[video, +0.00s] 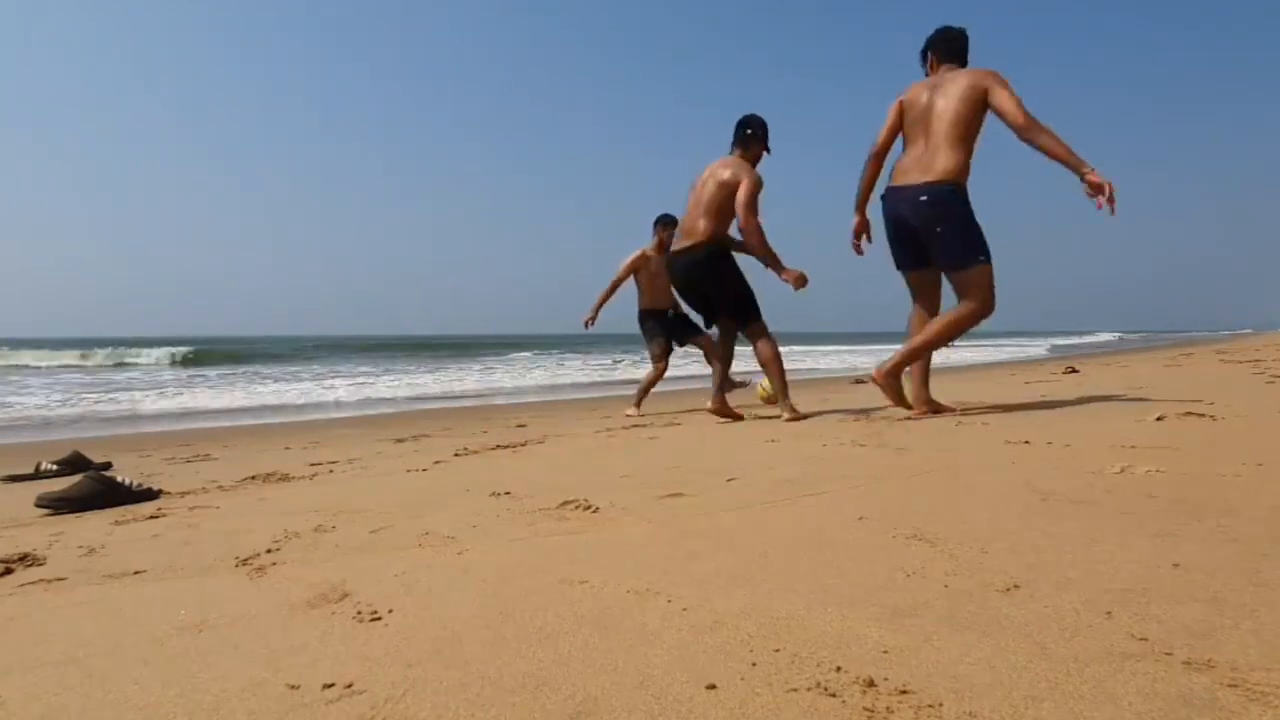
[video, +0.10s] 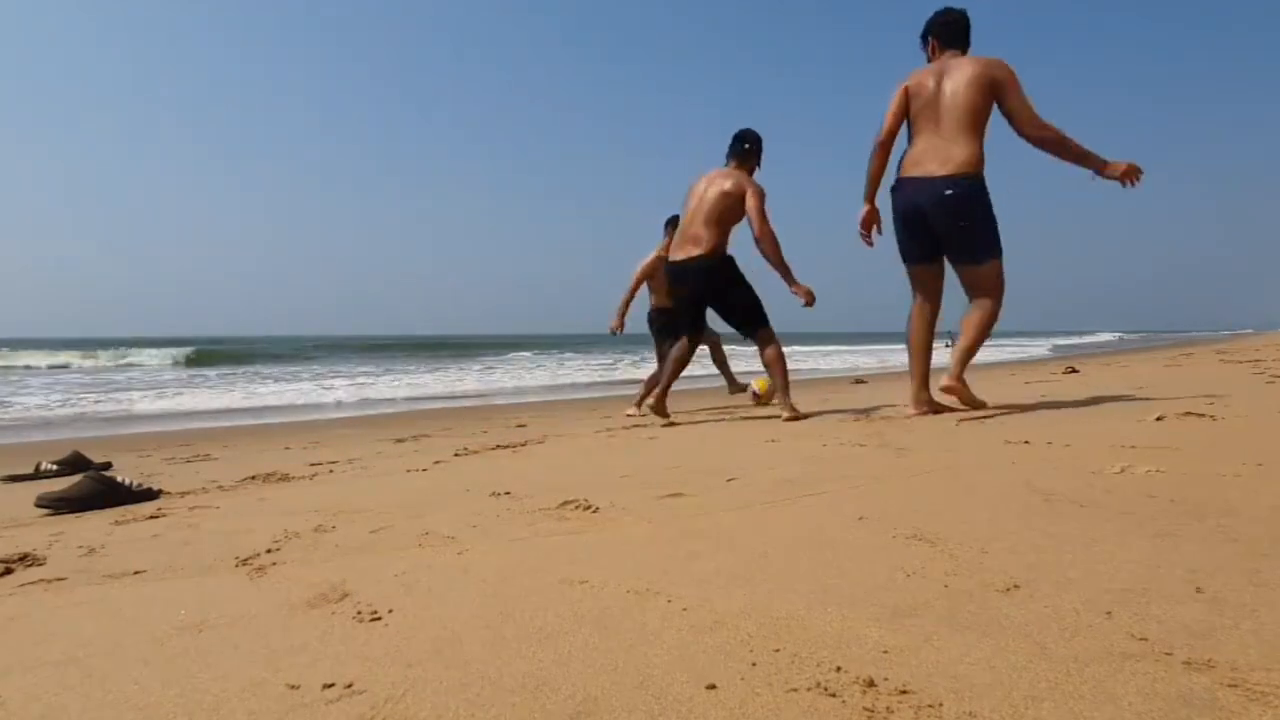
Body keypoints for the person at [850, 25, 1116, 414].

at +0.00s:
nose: (926, 68)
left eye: (924, 63)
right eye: (926, 64)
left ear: (931, 61)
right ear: (966, 59)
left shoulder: (909, 94)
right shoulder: (982, 79)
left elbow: (877, 153)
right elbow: (1024, 126)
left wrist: (860, 210)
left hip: (896, 204)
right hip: (942, 200)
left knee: (923, 300)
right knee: (978, 301)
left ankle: (920, 397)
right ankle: (890, 371)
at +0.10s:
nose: (923, 52)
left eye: (923, 47)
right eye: (924, 47)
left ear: (932, 45)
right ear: (967, 43)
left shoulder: (912, 82)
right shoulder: (991, 70)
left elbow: (883, 141)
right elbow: (1035, 131)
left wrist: (869, 200)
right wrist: (1103, 166)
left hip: (909, 197)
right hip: (961, 194)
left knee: (924, 295)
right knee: (985, 294)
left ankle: (918, 398)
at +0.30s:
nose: (941, 36)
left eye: (941, 28)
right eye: (942, 29)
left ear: (948, 26)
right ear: (983, 26)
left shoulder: (933, 62)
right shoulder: (1012, 62)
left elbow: (918, 124)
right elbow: (1046, 127)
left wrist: (895, 187)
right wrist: (1039, 159)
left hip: (939, 188)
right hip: (1000, 186)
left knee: (926, 297)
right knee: (1006, 299)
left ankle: (917, 396)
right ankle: (1021, 398)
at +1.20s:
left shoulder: (929, 14)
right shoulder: (1020, 20)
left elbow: (912, 86)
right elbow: (1038, 103)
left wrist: (863, 161)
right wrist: (1009, 149)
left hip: (960, 155)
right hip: (1027, 156)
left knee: (909, 280)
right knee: (1030, 287)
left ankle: (890, 410)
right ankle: (1090, 401)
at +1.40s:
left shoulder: (974, 2)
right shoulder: (1071, 8)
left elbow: (971, 53)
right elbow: (1081, 76)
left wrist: (931, 139)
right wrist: (1053, 125)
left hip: (995, 138)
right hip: (1066, 137)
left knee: (953, 277)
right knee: (1065, 278)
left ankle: (912, 406)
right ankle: (1092, 402)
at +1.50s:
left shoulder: (988, 1)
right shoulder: (1084, 4)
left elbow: (985, 45)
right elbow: (1099, 72)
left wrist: (951, 131)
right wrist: (1067, 116)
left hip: (1010, 123)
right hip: (1080, 123)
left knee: (965, 263)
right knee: (1071, 265)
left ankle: (954, 405)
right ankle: (1094, 401)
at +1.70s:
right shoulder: (1088, 3)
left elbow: (994, 32)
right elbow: (1108, 55)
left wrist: (974, 115)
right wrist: (1124, 151)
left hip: (1027, 114)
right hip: (1095, 116)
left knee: (991, 262)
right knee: (1074, 265)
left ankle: (986, 409)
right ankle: (1094, 400)